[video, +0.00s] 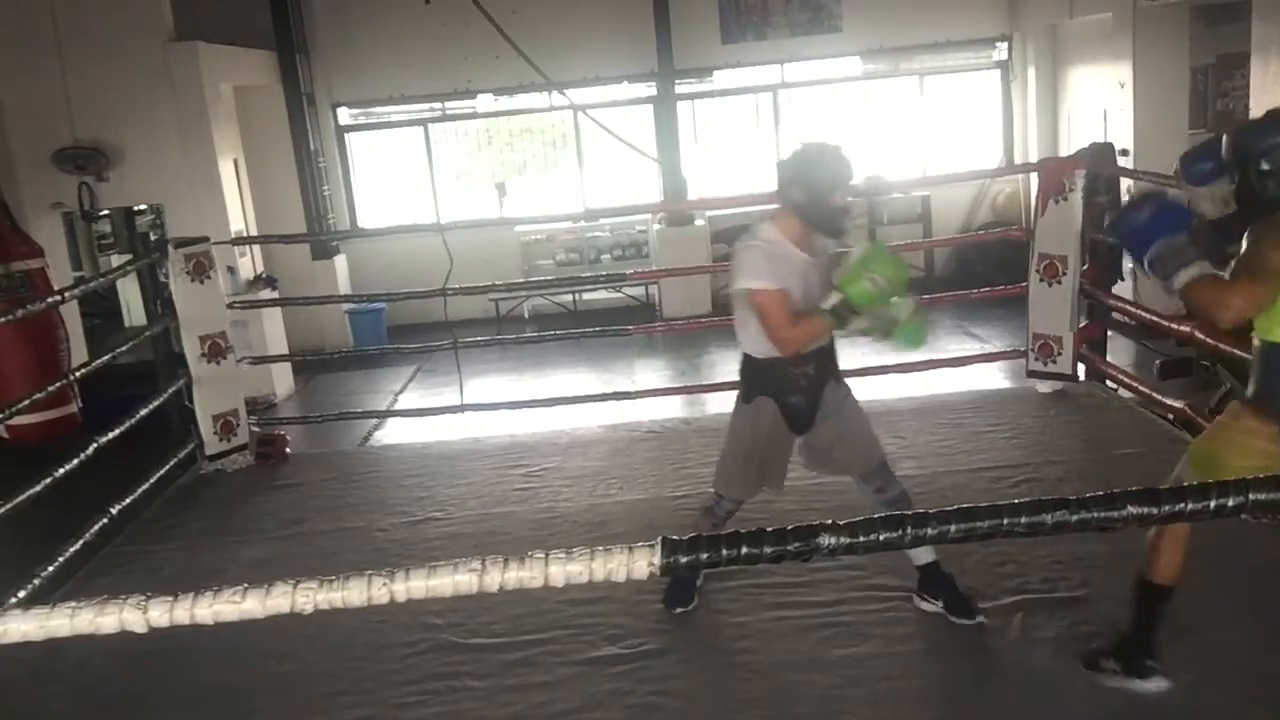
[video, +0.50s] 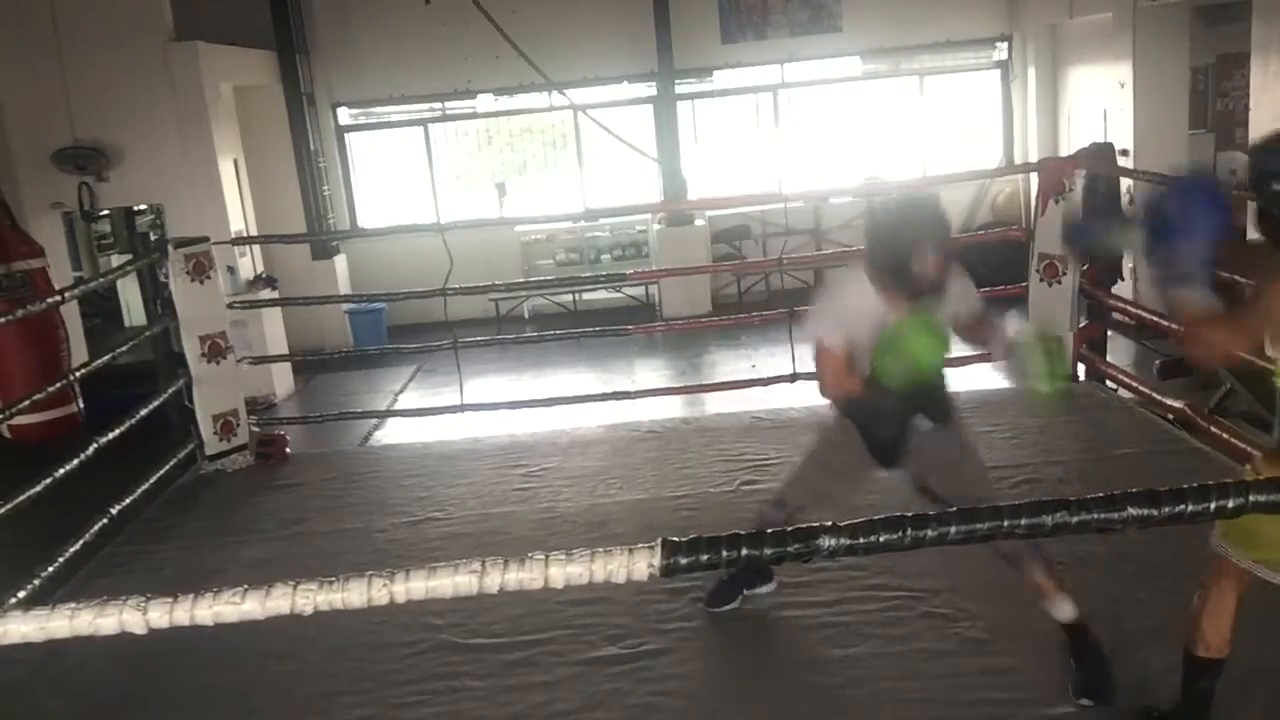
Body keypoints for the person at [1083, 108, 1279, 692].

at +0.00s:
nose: (1237, 180)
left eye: (1241, 167)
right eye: (1240, 164)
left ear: (1263, 171)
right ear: (1270, 169)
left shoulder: (1272, 233)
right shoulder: (1267, 227)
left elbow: (1226, 309)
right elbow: (1244, 297)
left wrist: (1168, 249)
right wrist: (1219, 224)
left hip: (1265, 415)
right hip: (1265, 410)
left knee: (1175, 504)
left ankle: (1138, 650)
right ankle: (1140, 648)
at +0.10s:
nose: (1245, 176)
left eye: (1249, 162)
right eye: (1246, 160)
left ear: (1261, 167)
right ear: (1272, 164)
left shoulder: (1272, 237)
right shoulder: (1266, 235)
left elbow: (1192, 296)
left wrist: (1160, 227)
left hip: (1266, 426)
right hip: (1262, 422)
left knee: (1195, 534)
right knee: (1194, 533)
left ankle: (1174, 687)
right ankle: (1174, 684)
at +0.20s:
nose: (1216, 183)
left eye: (1224, 171)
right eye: (1219, 170)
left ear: (1247, 174)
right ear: (1271, 172)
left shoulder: (1251, 239)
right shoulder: (1260, 234)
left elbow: (1143, 293)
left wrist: (1134, 211)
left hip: (1264, 452)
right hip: (1264, 447)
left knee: (1222, 585)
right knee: (1221, 579)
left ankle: (1197, 705)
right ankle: (1197, 701)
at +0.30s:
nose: (1200, 193)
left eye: (1207, 180)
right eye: (1202, 179)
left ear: (1229, 181)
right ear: (1264, 176)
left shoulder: (1239, 246)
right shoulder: (1258, 238)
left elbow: (1125, 300)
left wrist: (1120, 215)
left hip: (1265, 453)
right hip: (1264, 448)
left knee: (1226, 590)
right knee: (1228, 586)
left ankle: (1197, 708)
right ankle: (1199, 705)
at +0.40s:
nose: (1221, 188)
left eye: (1226, 176)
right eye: (1225, 175)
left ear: (1240, 183)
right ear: (1273, 180)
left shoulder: (1251, 253)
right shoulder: (1260, 249)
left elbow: (1156, 314)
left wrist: (1138, 236)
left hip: (1271, 454)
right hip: (1269, 450)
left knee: (1227, 588)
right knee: (1228, 586)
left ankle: (1195, 708)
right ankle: (1197, 705)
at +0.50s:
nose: (1255, 193)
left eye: (1259, 184)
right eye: (1258, 181)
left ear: (1263, 195)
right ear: (1263, 192)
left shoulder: (1269, 267)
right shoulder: (1263, 264)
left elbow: (1219, 344)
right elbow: (1221, 342)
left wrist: (1182, 269)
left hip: (1264, 460)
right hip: (1257, 456)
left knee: (1224, 578)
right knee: (1224, 578)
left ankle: (1192, 707)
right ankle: (1193, 705)